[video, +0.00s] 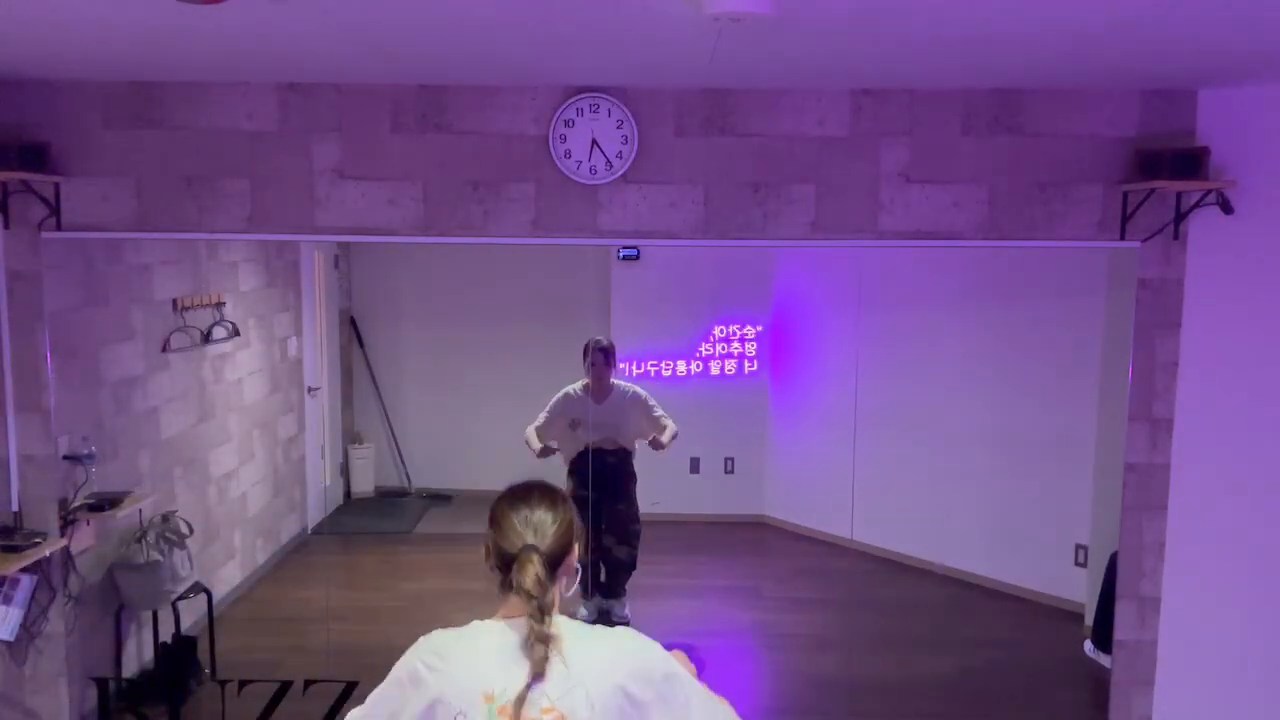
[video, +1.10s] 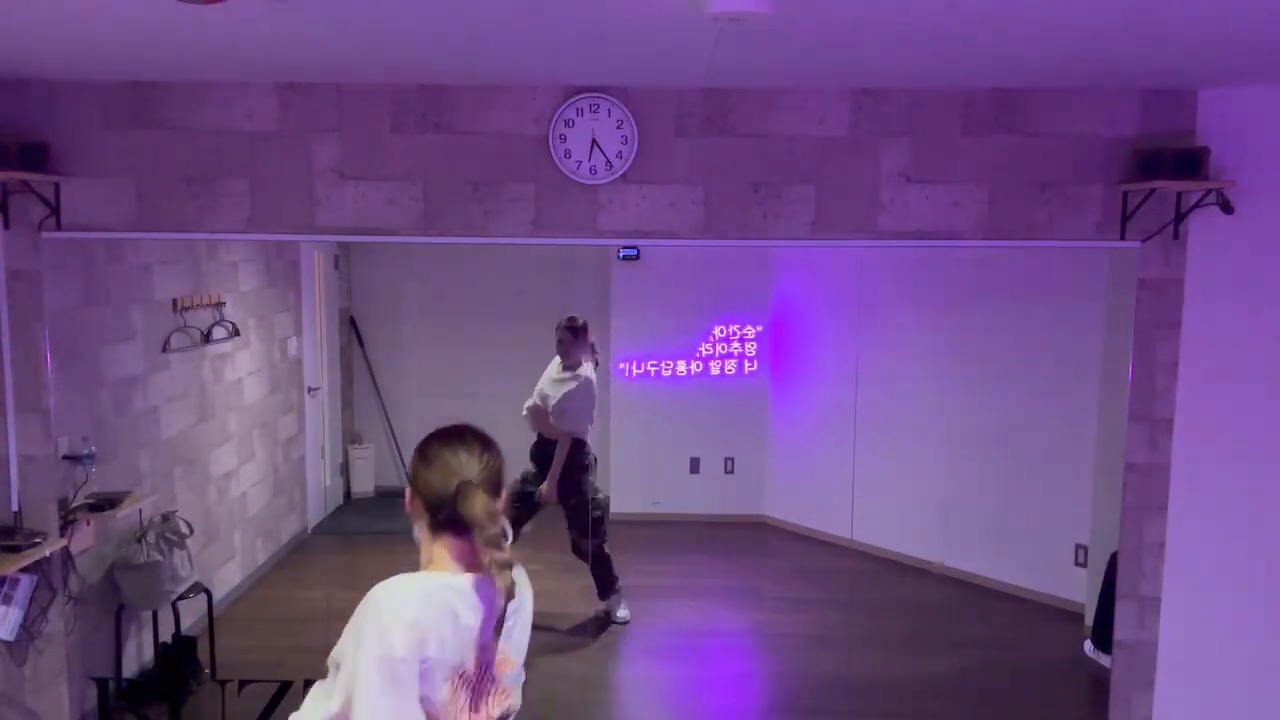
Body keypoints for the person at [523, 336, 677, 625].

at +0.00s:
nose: (598, 370)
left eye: (603, 364)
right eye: (592, 364)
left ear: (613, 365)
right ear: (585, 366)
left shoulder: (632, 396)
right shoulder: (569, 397)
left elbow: (668, 426)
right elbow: (533, 431)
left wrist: (663, 438)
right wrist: (539, 446)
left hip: (619, 468)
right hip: (584, 468)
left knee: (623, 532)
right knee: (587, 532)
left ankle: (616, 599)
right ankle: (589, 599)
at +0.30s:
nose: (596, 376)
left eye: (602, 371)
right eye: (592, 370)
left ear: (613, 367)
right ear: (585, 365)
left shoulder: (628, 380)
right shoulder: (571, 381)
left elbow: (676, 387)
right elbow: (521, 388)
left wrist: (646, 399)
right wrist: (554, 407)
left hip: (621, 459)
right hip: (586, 458)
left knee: (626, 525)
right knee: (586, 526)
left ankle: (615, 591)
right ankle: (588, 590)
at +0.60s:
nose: (590, 327)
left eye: (597, 321)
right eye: (586, 320)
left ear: (609, 323)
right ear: (581, 321)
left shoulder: (622, 339)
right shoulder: (569, 343)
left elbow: (650, 366)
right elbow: (528, 368)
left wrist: (626, 398)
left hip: (619, 426)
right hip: (583, 424)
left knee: (624, 485)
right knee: (584, 483)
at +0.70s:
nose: (590, 324)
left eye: (598, 318)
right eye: (586, 317)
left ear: (608, 321)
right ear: (579, 319)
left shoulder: (620, 340)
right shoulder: (569, 342)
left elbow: (634, 386)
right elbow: (550, 382)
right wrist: (559, 426)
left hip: (615, 426)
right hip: (579, 426)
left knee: (625, 489)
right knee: (581, 486)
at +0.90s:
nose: (578, 325)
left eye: (584, 320)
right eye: (576, 319)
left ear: (599, 323)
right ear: (574, 321)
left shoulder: (611, 358)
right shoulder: (569, 348)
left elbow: (602, 413)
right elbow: (556, 396)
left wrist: (590, 458)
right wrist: (549, 438)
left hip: (601, 438)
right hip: (569, 434)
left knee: (605, 516)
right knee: (553, 508)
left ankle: (614, 593)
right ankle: (546, 587)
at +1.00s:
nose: (572, 333)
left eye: (578, 328)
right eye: (570, 328)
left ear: (593, 329)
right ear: (567, 327)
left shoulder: (598, 365)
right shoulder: (568, 352)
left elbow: (587, 418)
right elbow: (554, 398)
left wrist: (576, 464)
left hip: (584, 447)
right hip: (555, 442)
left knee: (595, 526)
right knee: (537, 517)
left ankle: (614, 597)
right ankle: (519, 592)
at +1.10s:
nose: (560, 348)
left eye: (565, 343)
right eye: (558, 342)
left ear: (583, 345)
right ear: (557, 342)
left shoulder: (584, 381)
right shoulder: (558, 364)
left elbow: (570, 438)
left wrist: (551, 480)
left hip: (572, 460)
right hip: (544, 455)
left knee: (586, 537)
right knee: (506, 520)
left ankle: (613, 598)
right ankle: (482, 588)